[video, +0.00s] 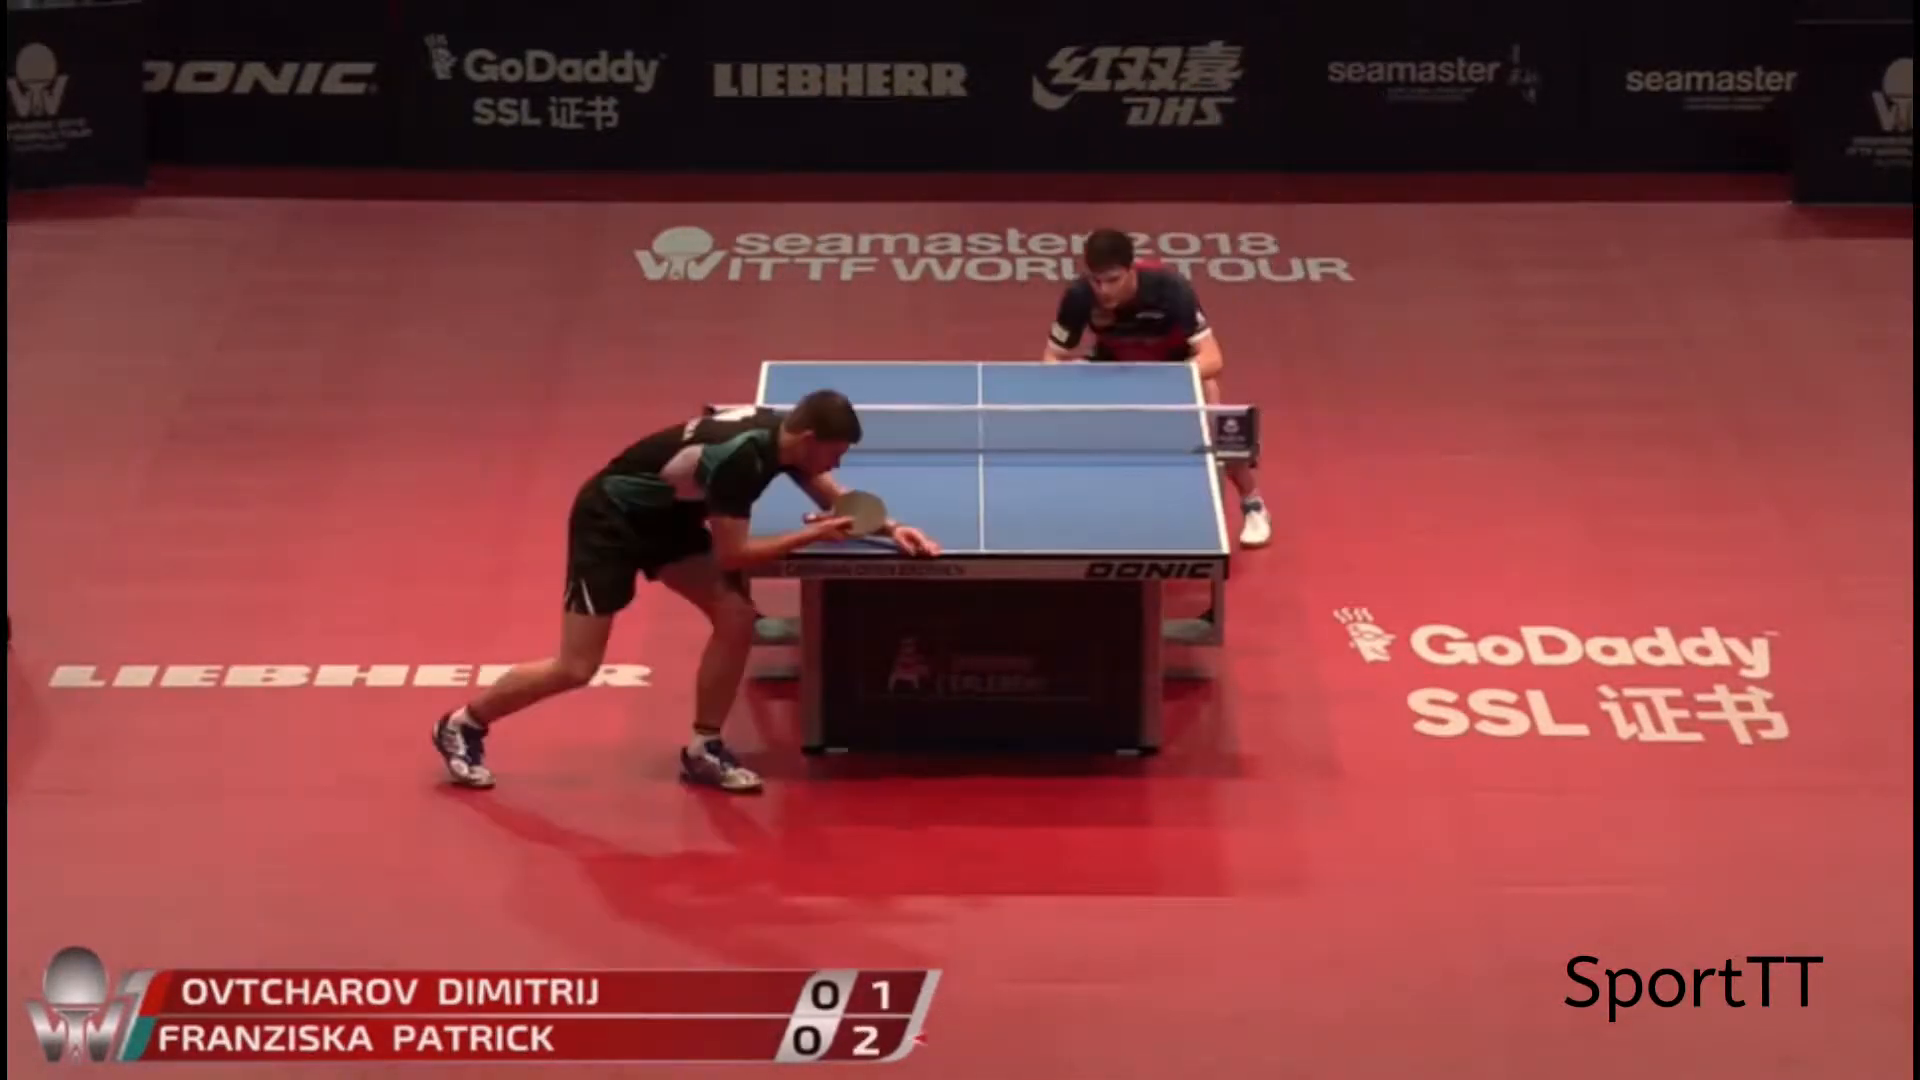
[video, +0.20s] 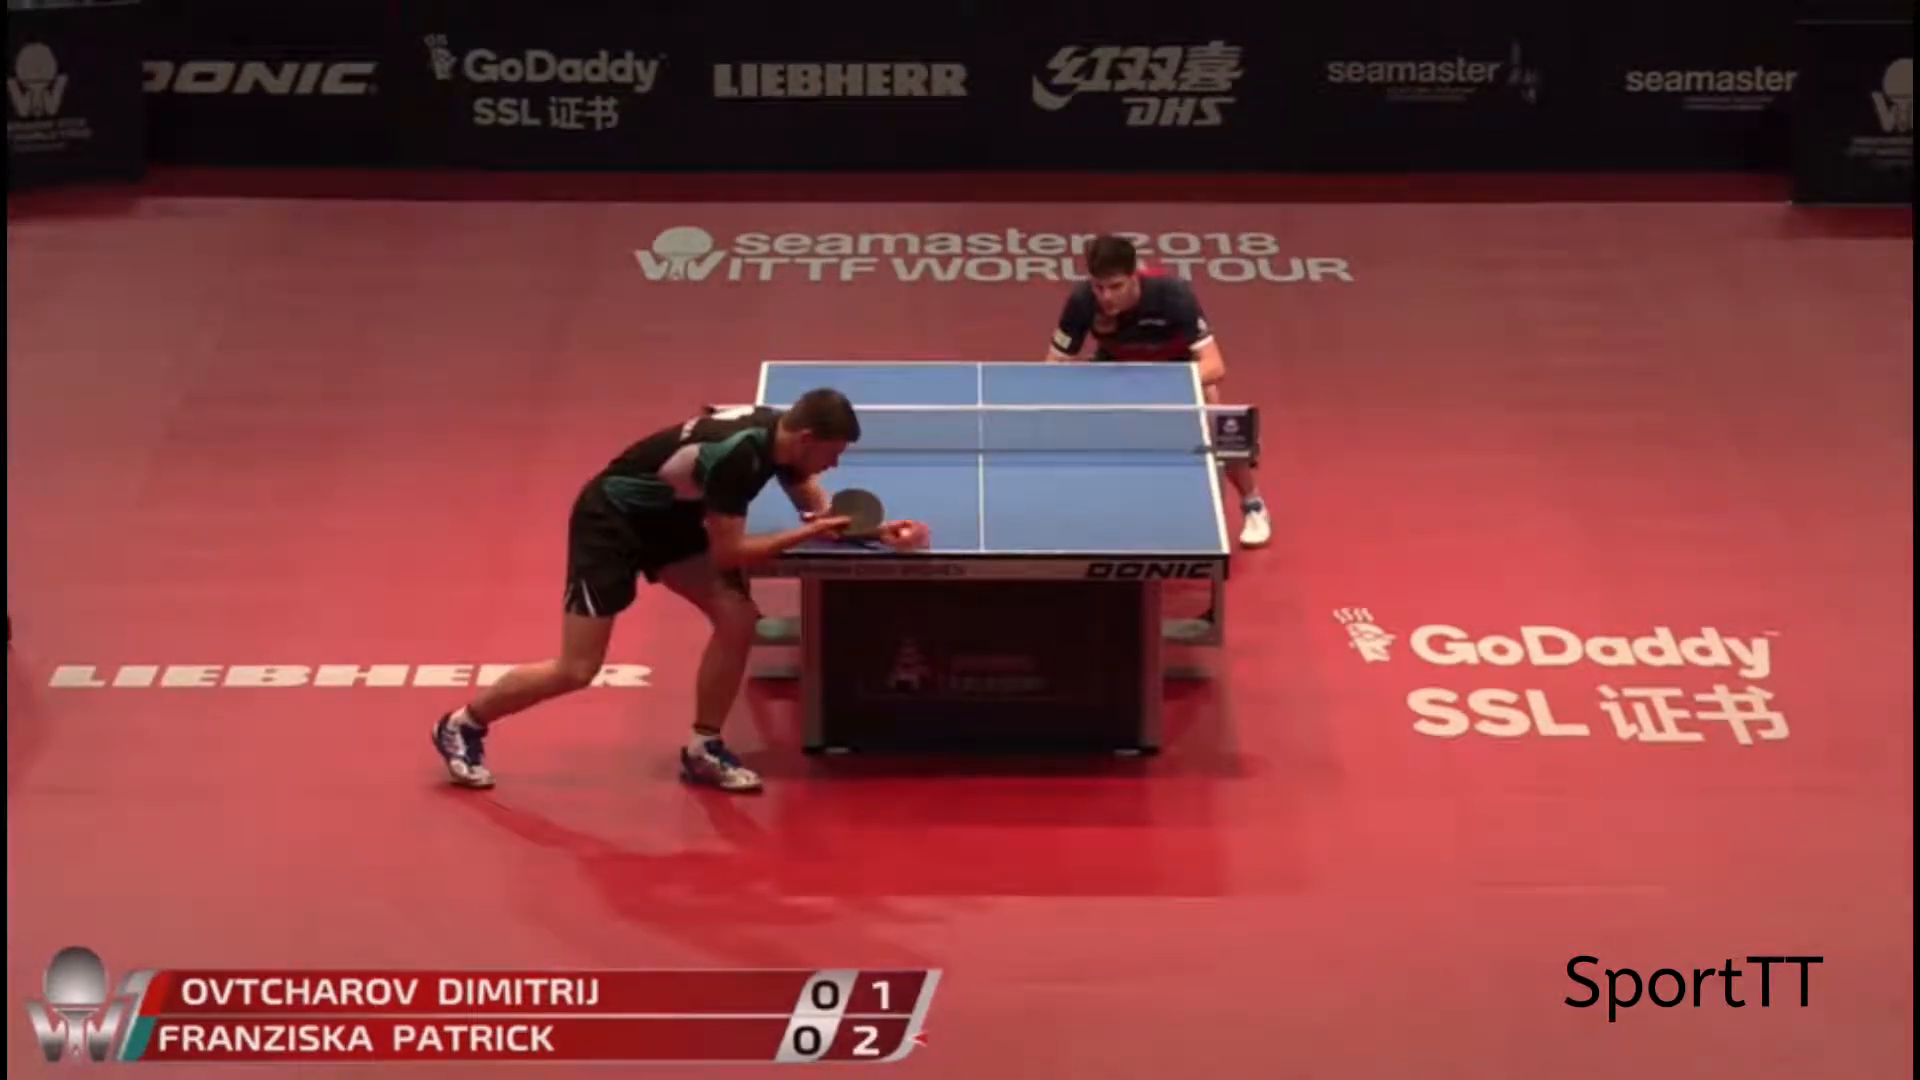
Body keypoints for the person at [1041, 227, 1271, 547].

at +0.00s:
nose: (1103, 290)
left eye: (1112, 281)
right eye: (1096, 281)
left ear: (1132, 270)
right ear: (1088, 272)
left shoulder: (1171, 290)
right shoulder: (1080, 297)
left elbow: (1212, 360)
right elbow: (1053, 358)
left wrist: (1166, 380)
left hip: (1172, 375)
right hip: (1109, 377)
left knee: (1209, 396)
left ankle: (1252, 503)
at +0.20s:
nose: (1106, 297)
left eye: (1115, 287)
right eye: (1098, 288)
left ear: (1135, 277)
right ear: (1091, 280)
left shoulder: (1174, 296)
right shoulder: (1083, 301)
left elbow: (1214, 366)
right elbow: (1052, 370)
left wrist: (1165, 387)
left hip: (1175, 376)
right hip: (1113, 378)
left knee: (1209, 401)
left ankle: (1252, 503)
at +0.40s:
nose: (1107, 300)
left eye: (1116, 289)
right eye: (1100, 290)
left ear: (1136, 280)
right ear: (1092, 282)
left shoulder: (1174, 299)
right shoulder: (1084, 303)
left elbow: (1214, 370)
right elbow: (1054, 371)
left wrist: (1164, 389)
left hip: (1176, 380)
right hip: (1115, 383)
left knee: (1212, 412)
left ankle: (1252, 504)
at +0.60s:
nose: (1108, 303)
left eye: (1117, 293)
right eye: (1101, 294)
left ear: (1138, 283)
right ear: (1093, 287)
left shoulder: (1172, 301)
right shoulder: (1085, 305)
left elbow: (1215, 372)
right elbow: (1055, 372)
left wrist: (1166, 392)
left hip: (1177, 386)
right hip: (1115, 388)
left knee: (1216, 424)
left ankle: (1252, 504)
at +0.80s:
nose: (1109, 305)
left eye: (1118, 294)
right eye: (1102, 295)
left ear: (1139, 283)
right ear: (1094, 287)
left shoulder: (1174, 302)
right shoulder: (1085, 308)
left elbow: (1215, 375)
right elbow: (1057, 374)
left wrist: (1165, 394)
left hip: (1176, 393)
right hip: (1116, 395)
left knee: (1219, 428)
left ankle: (1252, 504)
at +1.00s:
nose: (1110, 302)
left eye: (1118, 292)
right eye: (1102, 292)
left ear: (1140, 281)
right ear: (1094, 285)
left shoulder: (1175, 303)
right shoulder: (1086, 307)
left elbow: (1216, 374)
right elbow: (1058, 374)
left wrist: (1166, 394)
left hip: (1175, 394)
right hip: (1115, 395)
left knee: (1221, 430)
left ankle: (1252, 505)